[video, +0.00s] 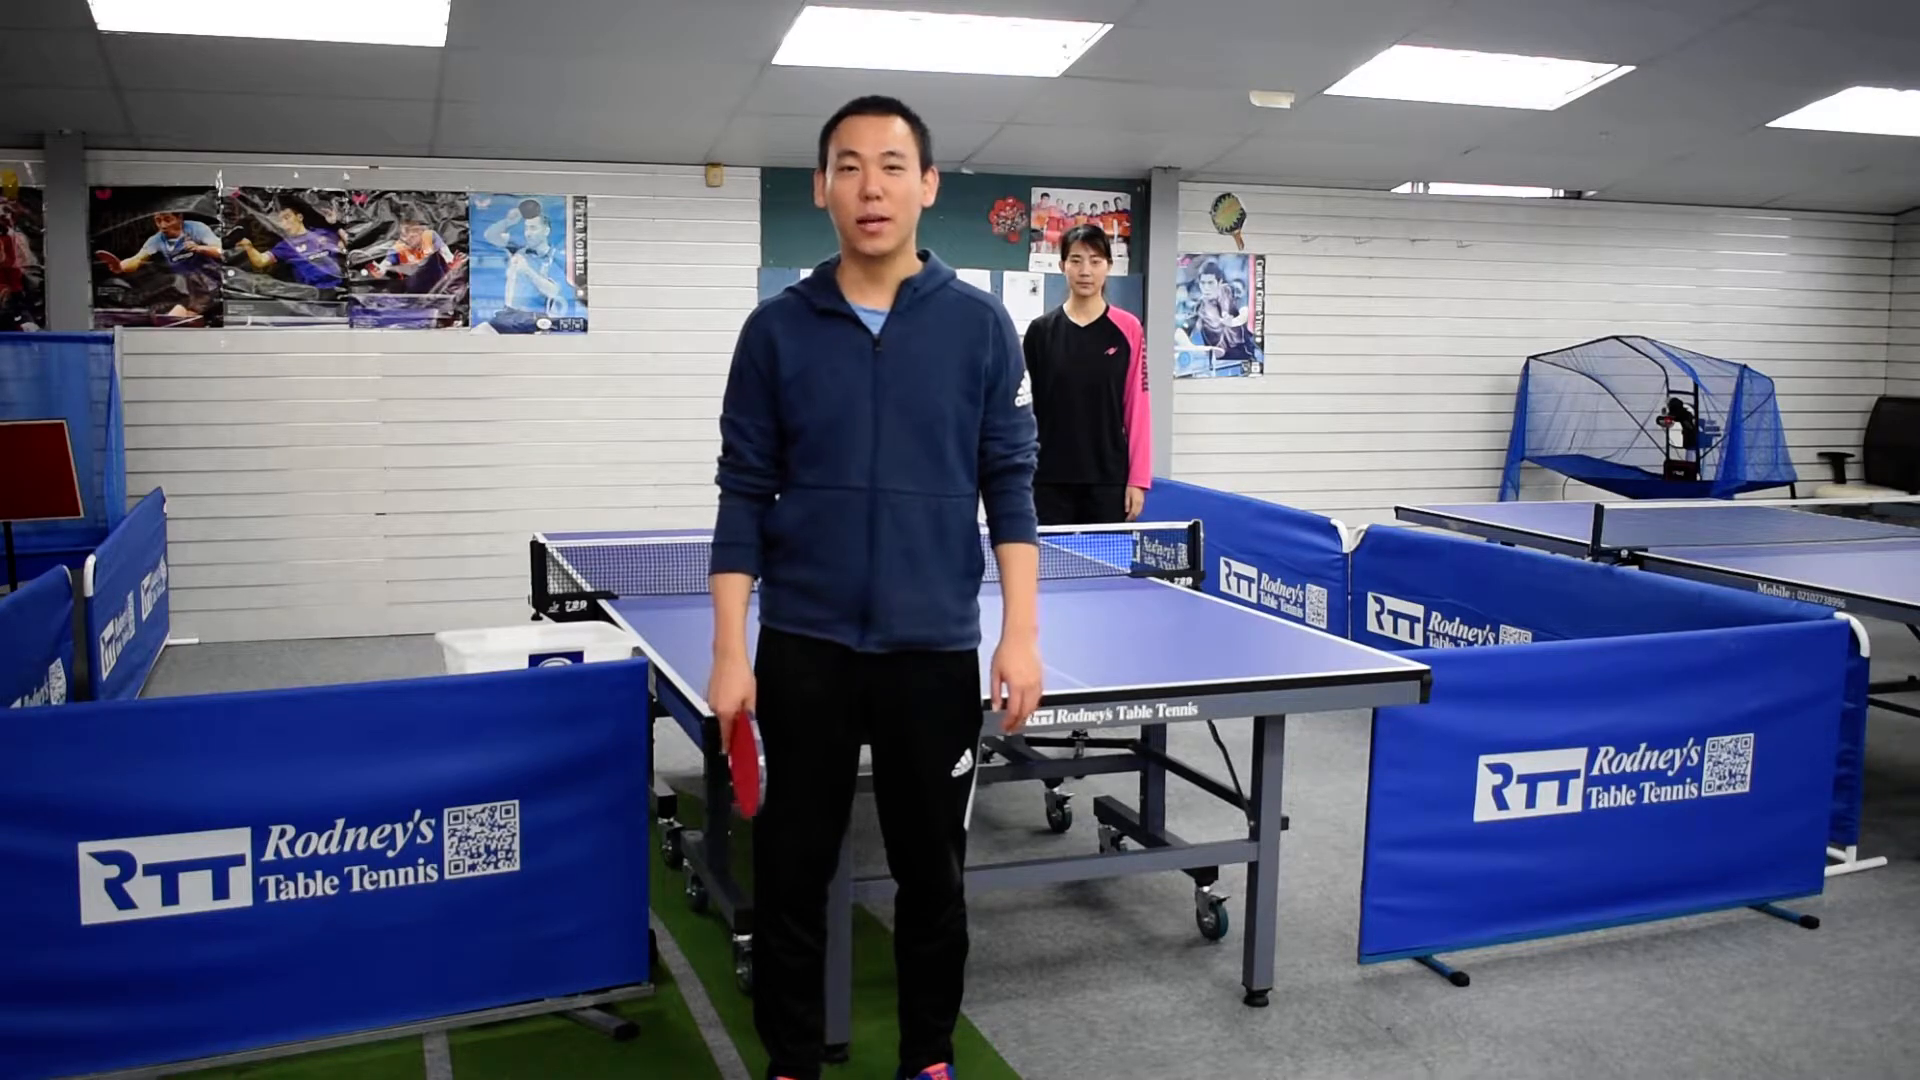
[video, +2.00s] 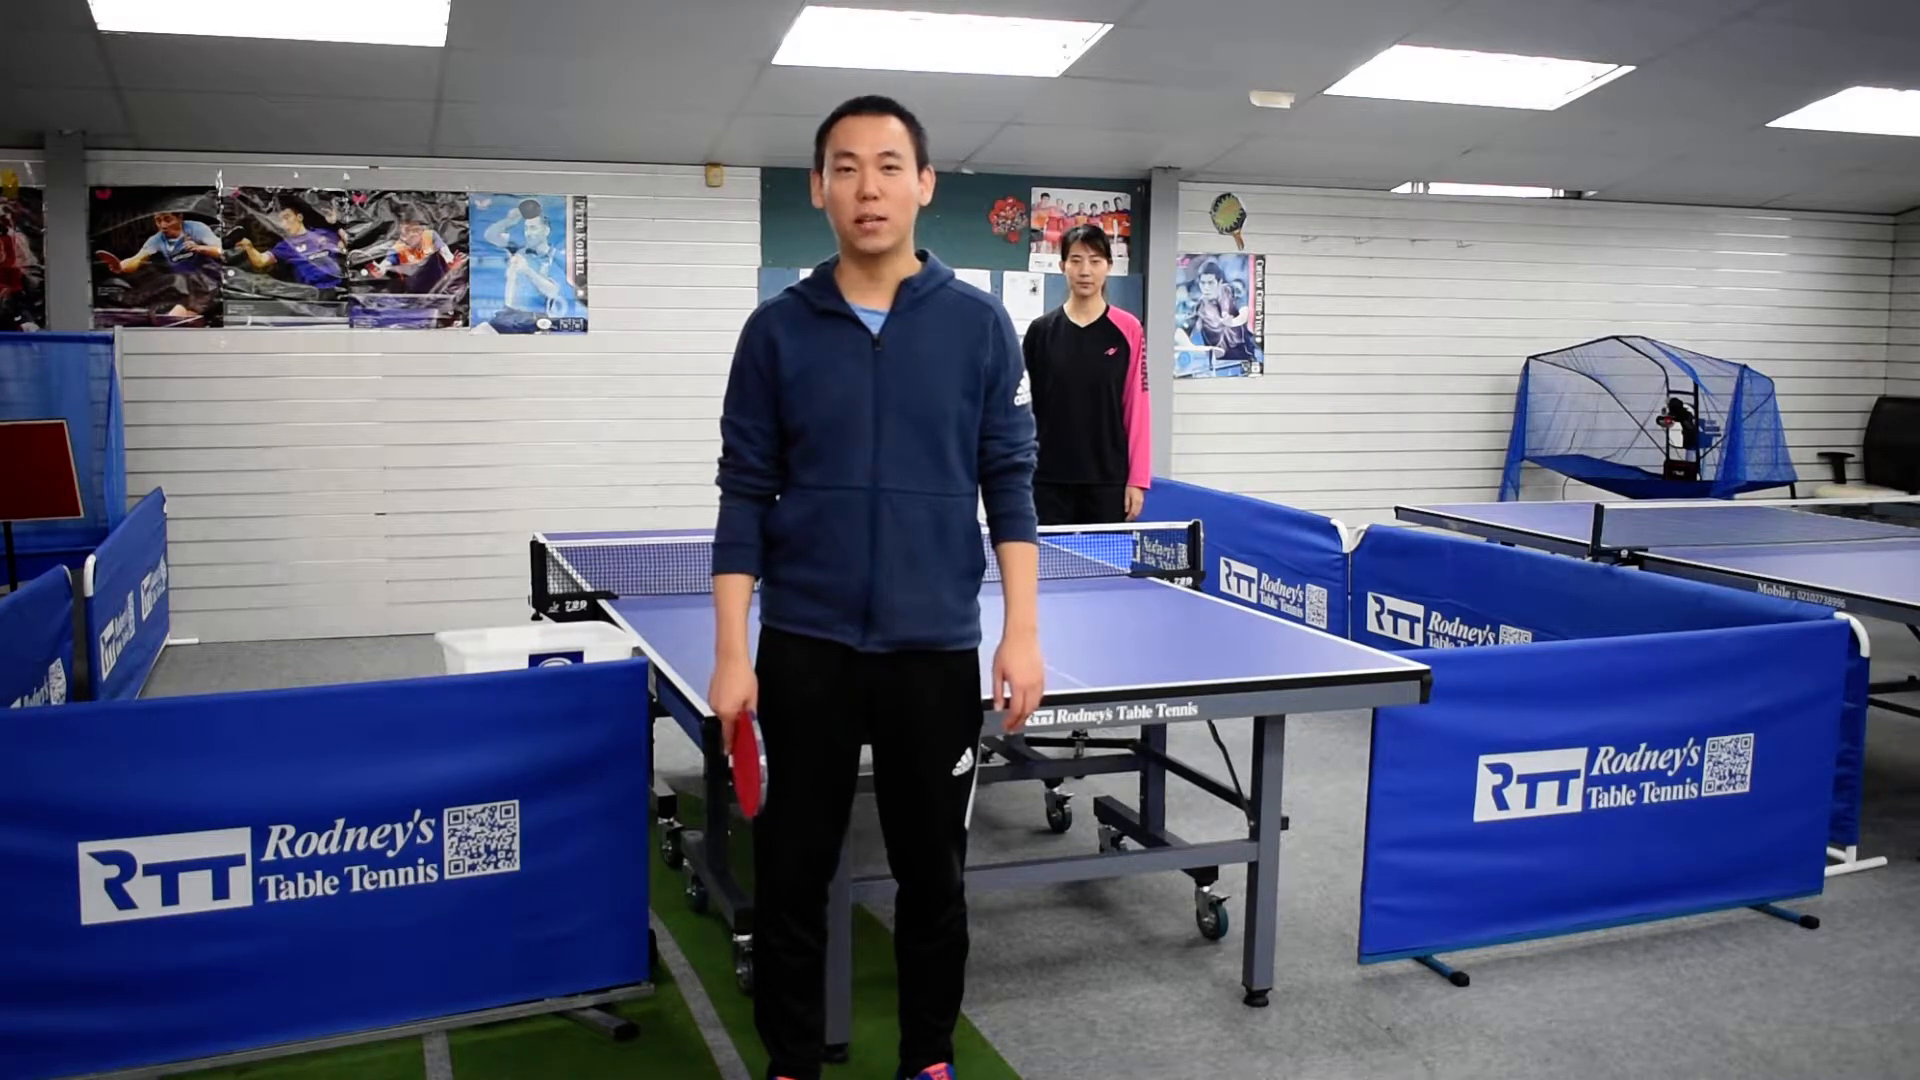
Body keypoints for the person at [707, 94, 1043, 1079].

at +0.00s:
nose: (870, 187)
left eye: (892, 167)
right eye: (849, 168)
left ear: (926, 189)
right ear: (823, 190)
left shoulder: (979, 326)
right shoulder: (777, 329)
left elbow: (1011, 486)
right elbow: (741, 491)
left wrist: (1021, 634)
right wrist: (729, 650)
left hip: (933, 644)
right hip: (805, 643)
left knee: (931, 872)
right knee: (790, 874)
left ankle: (930, 1061)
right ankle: (791, 1061)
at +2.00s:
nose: (867, 186)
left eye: (889, 166)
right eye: (845, 168)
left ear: (923, 187)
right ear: (820, 192)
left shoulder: (979, 326)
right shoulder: (777, 330)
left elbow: (1012, 483)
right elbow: (742, 492)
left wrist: (1022, 631)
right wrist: (731, 653)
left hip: (933, 644)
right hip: (805, 643)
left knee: (932, 873)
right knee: (790, 876)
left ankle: (930, 1060)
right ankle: (791, 1062)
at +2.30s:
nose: (864, 195)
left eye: (884, 173)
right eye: (842, 176)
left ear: (919, 187)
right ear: (814, 194)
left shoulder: (976, 323)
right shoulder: (777, 328)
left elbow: (1010, 478)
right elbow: (736, 467)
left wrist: (1025, 628)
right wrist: (682, 539)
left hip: (936, 640)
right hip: (808, 636)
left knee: (931, 869)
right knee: (793, 867)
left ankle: (928, 1058)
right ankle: (792, 1062)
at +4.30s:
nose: (869, 185)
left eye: (891, 166)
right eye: (848, 167)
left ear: (926, 188)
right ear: (824, 191)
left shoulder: (981, 326)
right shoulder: (779, 329)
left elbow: (1014, 482)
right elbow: (745, 489)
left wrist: (1024, 632)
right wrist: (742, 645)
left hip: (934, 647)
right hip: (803, 645)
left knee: (932, 876)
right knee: (791, 881)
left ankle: (929, 1061)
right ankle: (791, 1063)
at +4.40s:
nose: (868, 184)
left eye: (890, 165)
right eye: (847, 167)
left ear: (925, 188)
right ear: (823, 191)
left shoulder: (980, 326)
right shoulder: (779, 329)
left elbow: (1013, 483)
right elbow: (744, 489)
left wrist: (1022, 631)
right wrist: (741, 645)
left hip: (933, 647)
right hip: (803, 645)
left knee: (932, 875)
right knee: (791, 881)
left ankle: (930, 1060)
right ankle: (791, 1062)